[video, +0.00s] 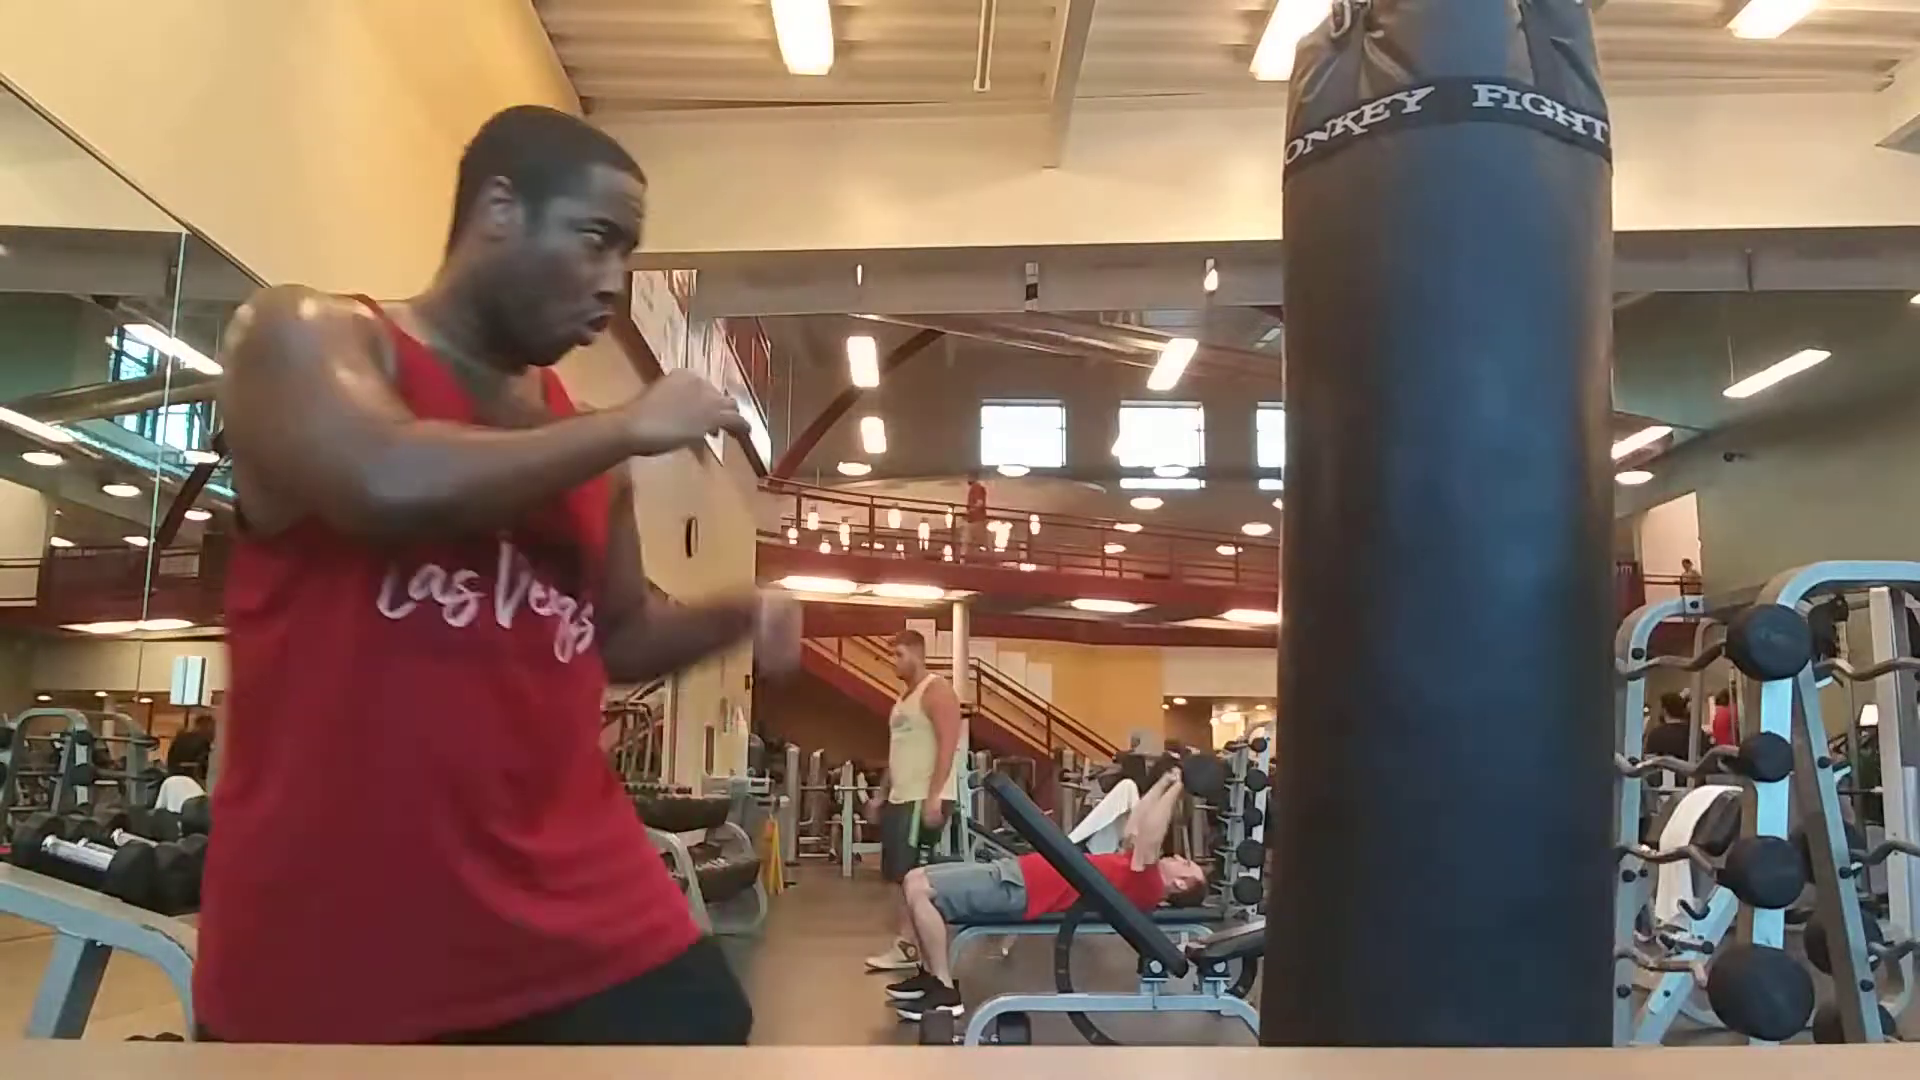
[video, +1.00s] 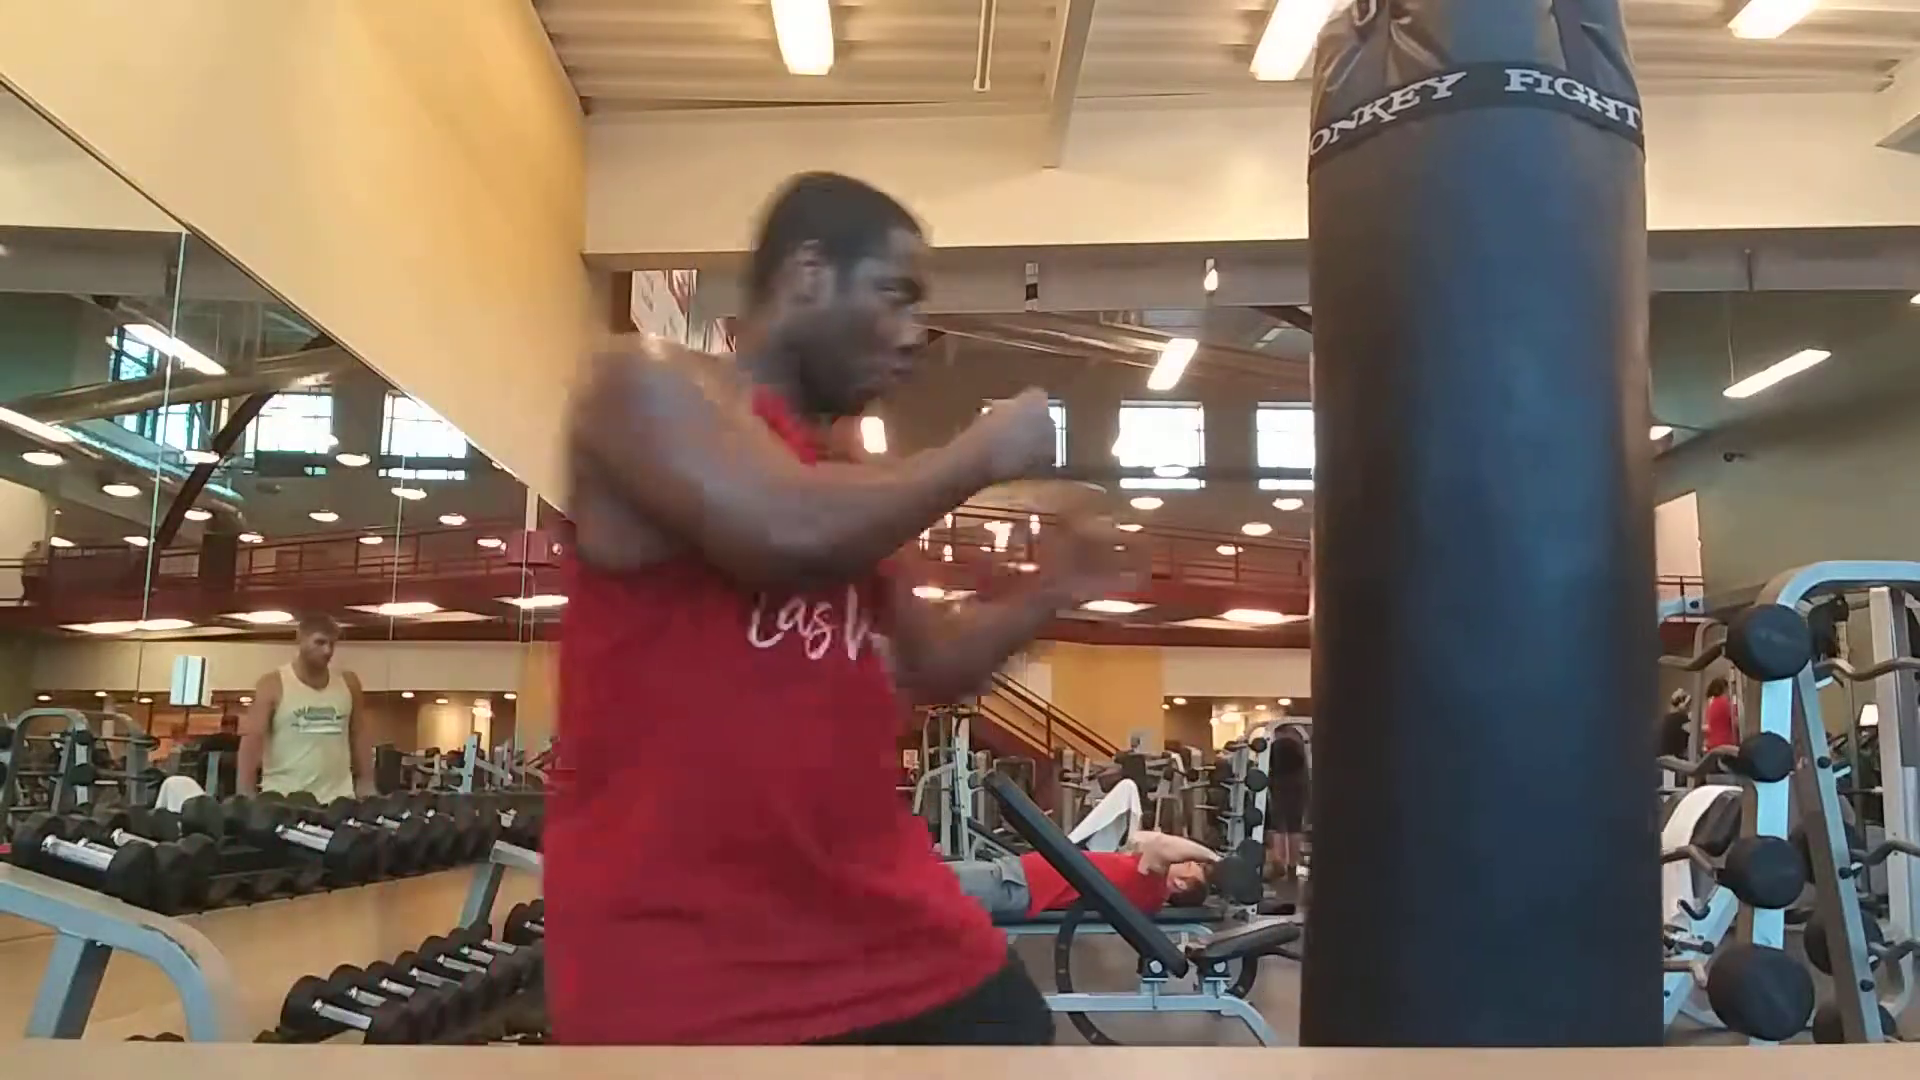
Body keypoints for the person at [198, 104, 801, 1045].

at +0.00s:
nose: (619, 285)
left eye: (629, 255)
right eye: (598, 239)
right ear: (496, 212)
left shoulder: (580, 437)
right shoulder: (301, 330)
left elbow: (622, 637)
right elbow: (382, 483)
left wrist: (739, 614)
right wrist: (622, 428)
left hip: (584, 942)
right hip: (336, 970)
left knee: (707, 1042)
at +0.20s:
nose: (613, 293)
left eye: (622, 262)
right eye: (594, 246)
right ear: (494, 214)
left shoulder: (576, 428)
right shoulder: (300, 329)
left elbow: (674, 607)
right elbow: (405, 457)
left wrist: (749, 456)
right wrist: (632, 362)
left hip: (584, 960)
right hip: (327, 979)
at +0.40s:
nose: (682, 312)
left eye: (688, 283)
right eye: (665, 272)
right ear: (574, 248)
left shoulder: (627, 451)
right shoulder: (392, 358)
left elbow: (701, 657)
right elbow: (482, 509)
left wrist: (795, 526)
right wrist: (699, 424)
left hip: (634, 985)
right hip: (398, 989)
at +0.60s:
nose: (791, 333)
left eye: (796, 304)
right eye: (775, 293)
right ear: (684, 269)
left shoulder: (714, 457)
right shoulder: (524, 367)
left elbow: (807, 644)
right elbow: (657, 519)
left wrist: (899, 516)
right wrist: (846, 427)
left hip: (750, 986)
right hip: (552, 998)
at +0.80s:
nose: (842, 345)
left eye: (849, 317)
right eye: (828, 302)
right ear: (739, 276)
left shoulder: (758, 468)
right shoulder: (579, 369)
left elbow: (830, 662)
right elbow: (736, 530)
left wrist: (952, 539)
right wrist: (912, 445)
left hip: (827, 978)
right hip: (635, 999)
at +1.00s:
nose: (917, 334)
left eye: (920, 305)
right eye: (897, 294)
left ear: (812, 283)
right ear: (807, 277)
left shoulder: (834, 472)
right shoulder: (644, 383)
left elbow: (932, 661)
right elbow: (780, 530)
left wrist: (1047, 588)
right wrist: (974, 456)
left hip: (892, 929)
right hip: (691, 966)